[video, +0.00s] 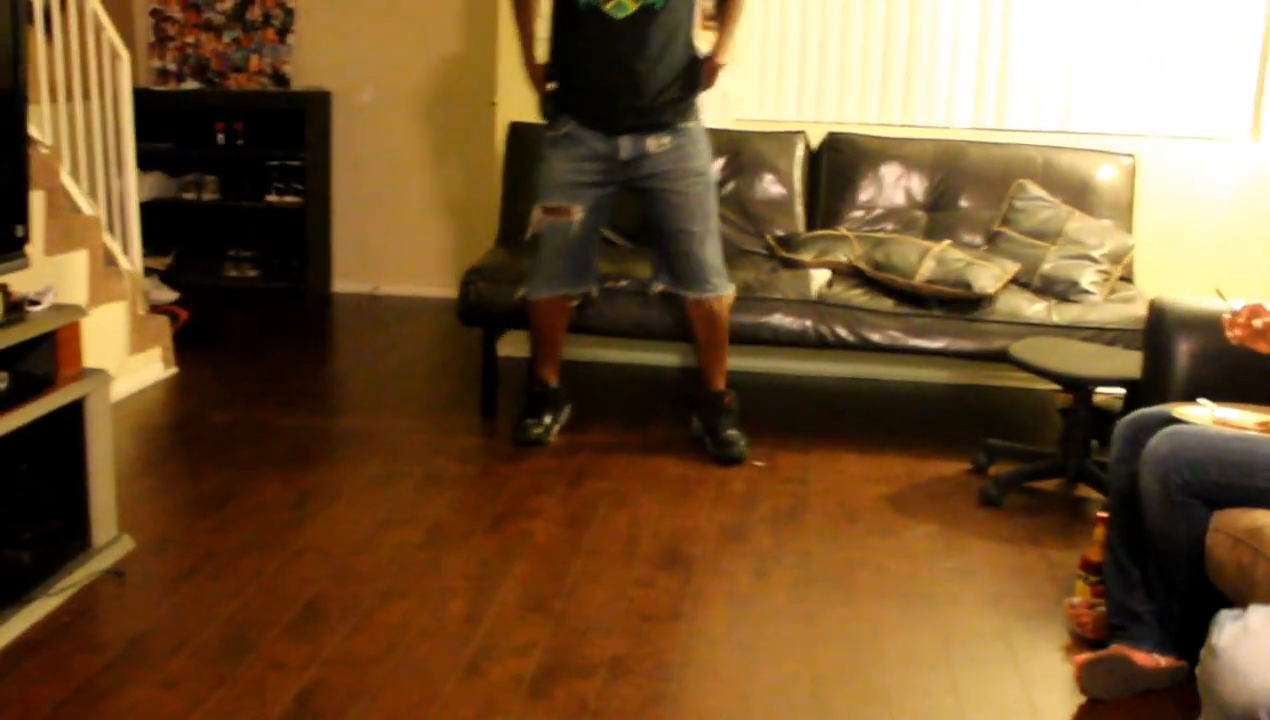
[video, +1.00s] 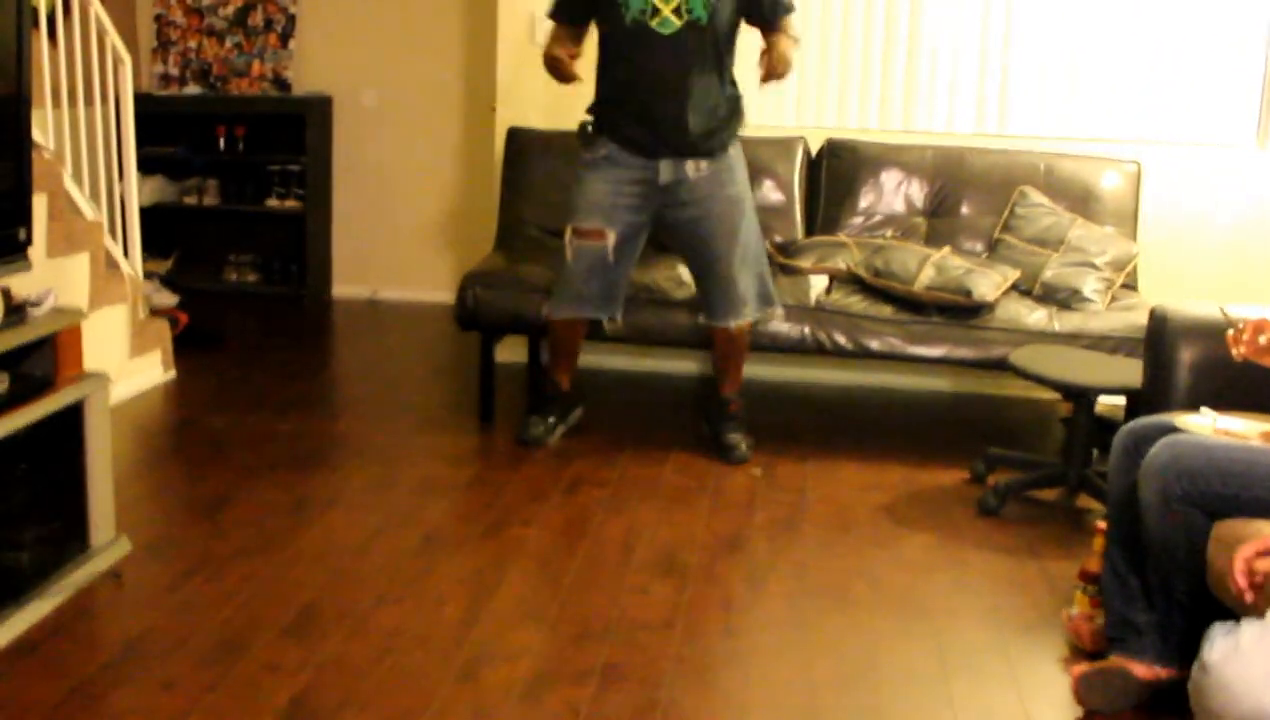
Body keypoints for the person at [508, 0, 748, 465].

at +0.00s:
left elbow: (731, 2)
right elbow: (522, 0)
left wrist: (717, 57)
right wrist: (532, 63)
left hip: (672, 125)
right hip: (577, 125)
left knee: (706, 279)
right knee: (552, 273)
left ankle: (717, 403)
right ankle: (545, 391)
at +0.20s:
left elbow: (757, 6)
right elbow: (552, 6)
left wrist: (736, 73)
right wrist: (557, 84)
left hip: (682, 136)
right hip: (591, 133)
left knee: (711, 282)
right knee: (558, 272)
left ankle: (713, 403)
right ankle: (550, 400)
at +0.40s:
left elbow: (752, 2)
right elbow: (550, 0)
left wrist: (734, 61)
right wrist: (551, 62)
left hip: (679, 121)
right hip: (589, 116)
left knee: (705, 272)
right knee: (559, 258)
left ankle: (716, 400)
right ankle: (554, 390)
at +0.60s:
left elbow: (731, 16)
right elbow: (522, 14)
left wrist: (713, 86)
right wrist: (505, 92)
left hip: (667, 145)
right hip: (575, 144)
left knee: (697, 294)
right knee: (553, 279)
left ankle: (699, 403)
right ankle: (550, 396)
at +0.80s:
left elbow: (750, 0)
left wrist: (737, 52)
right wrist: (548, 52)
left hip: (686, 120)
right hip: (595, 122)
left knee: (715, 275)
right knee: (563, 267)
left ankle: (719, 400)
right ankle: (550, 390)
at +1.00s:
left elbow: (778, 24)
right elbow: (567, 32)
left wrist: (780, 46)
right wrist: (559, 55)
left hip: (709, 151)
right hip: (619, 148)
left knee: (734, 288)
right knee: (578, 275)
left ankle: (727, 408)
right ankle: (558, 397)